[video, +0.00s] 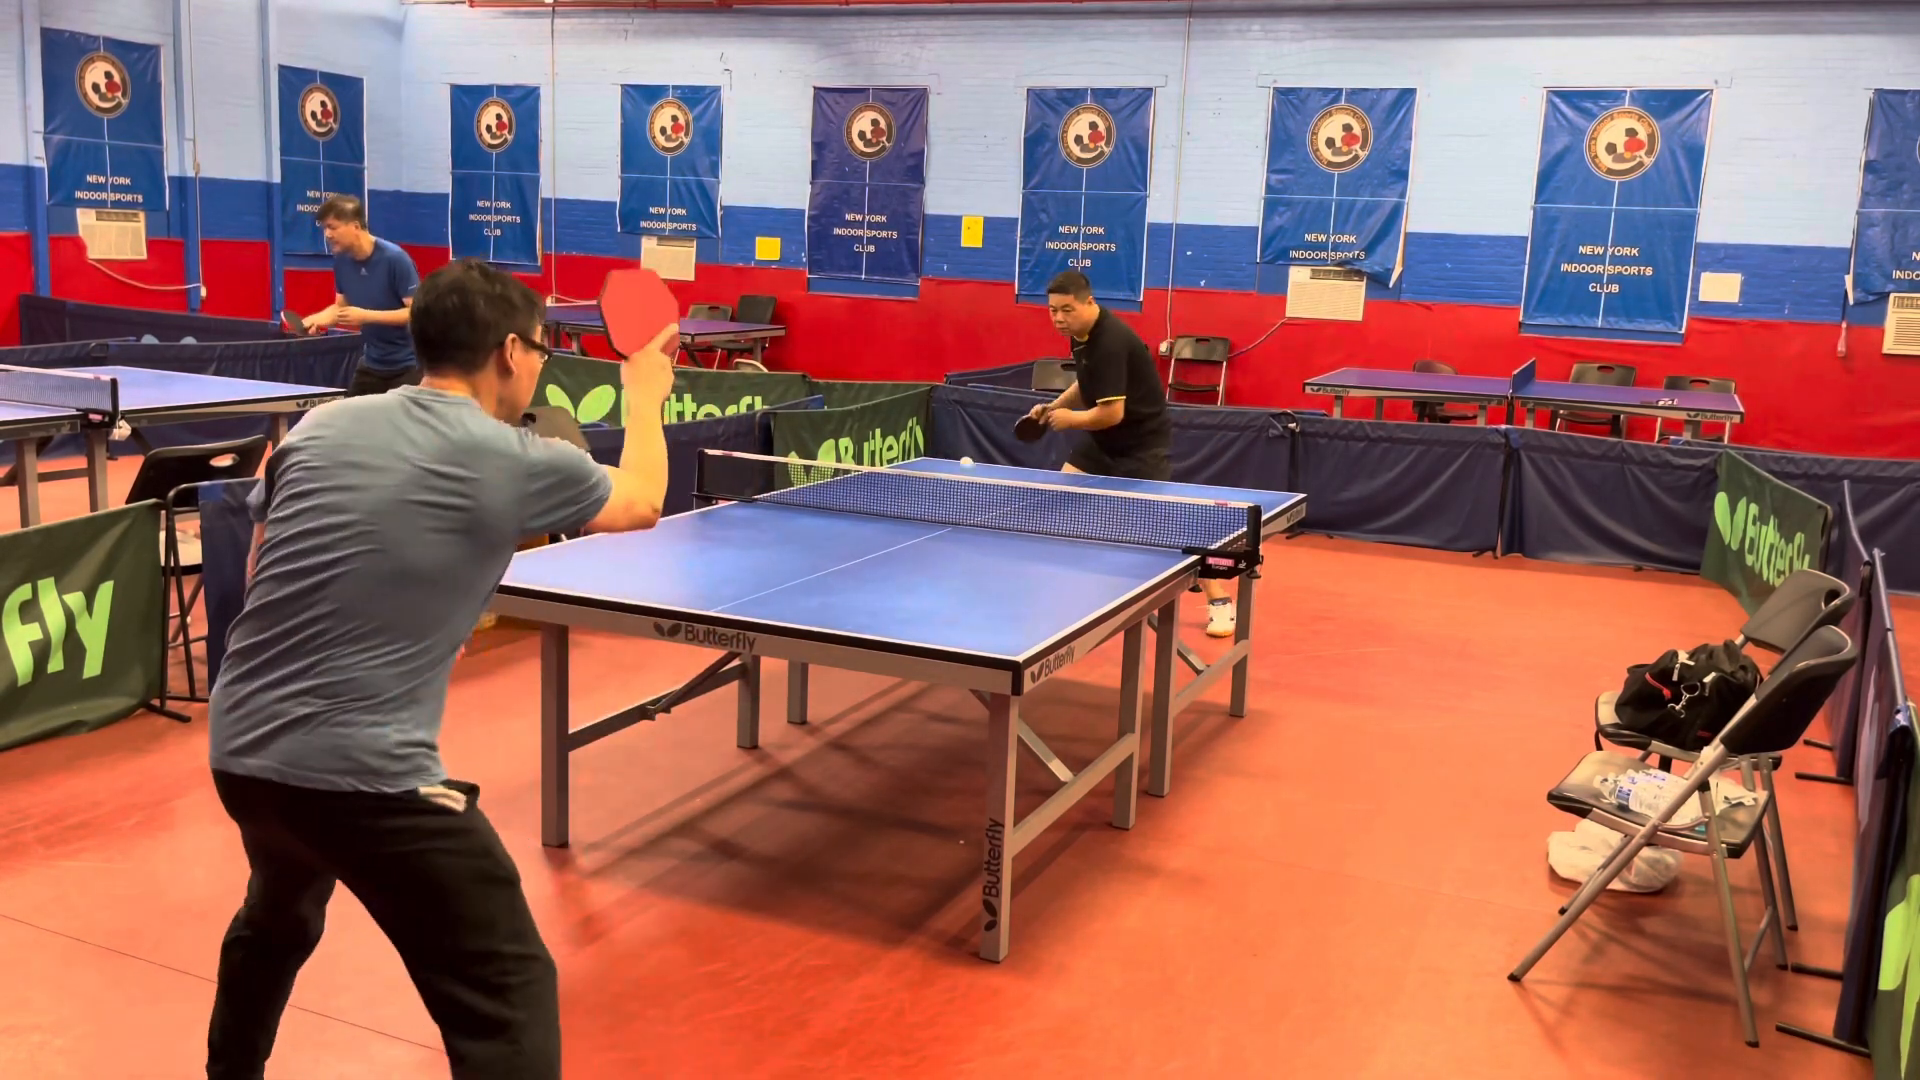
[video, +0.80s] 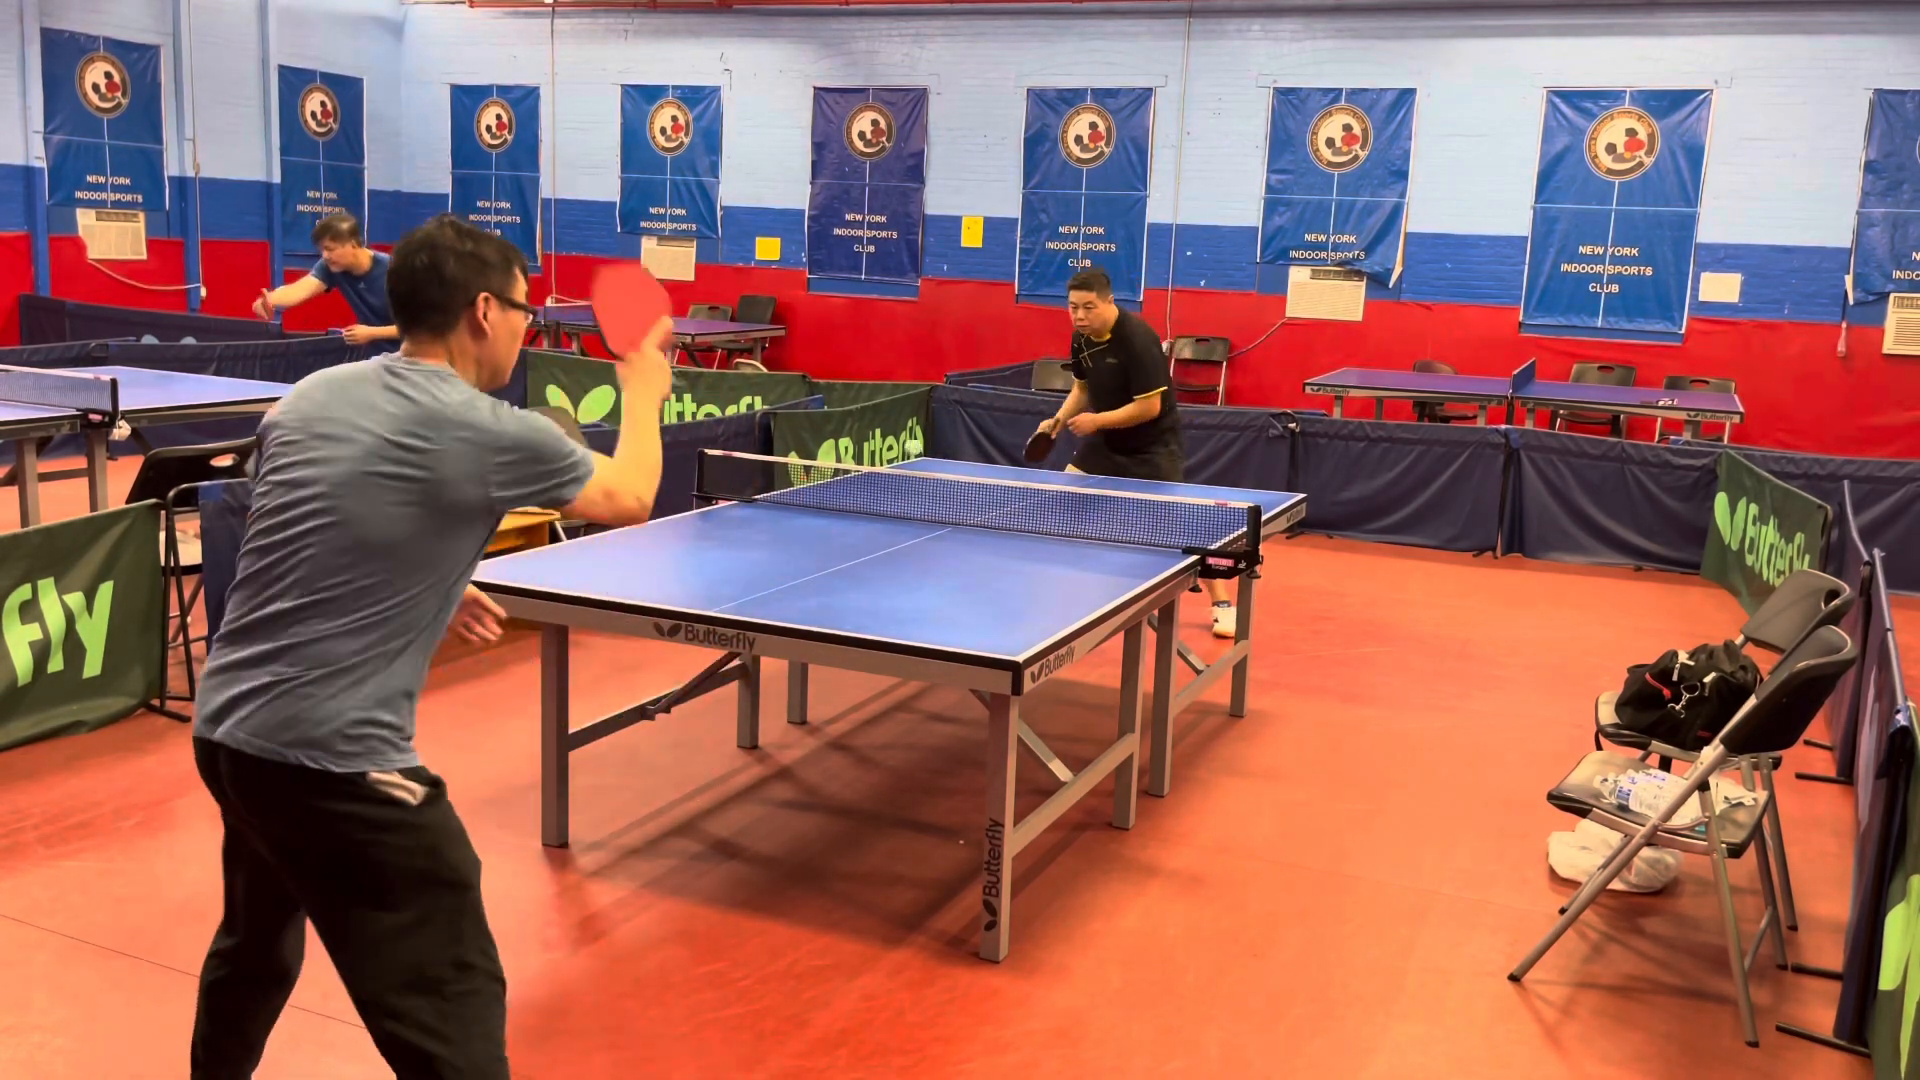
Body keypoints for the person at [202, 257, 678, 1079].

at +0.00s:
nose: (539, 372)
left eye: (540, 352)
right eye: (537, 352)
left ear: (424, 346)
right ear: (505, 354)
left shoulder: (317, 424)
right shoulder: (505, 457)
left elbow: (265, 559)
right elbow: (638, 499)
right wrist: (647, 392)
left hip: (243, 756)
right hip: (371, 773)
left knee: (275, 916)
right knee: (507, 989)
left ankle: (228, 1073)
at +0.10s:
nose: (540, 404)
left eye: (539, 385)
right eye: (538, 385)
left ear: (428, 383)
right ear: (513, 390)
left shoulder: (318, 454)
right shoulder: (515, 493)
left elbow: (241, 607)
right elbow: (631, 569)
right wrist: (644, 469)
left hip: (253, 796)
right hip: (389, 813)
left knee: (300, 904)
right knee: (547, 1003)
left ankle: (229, 1070)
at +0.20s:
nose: (567, 426)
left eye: (568, 407)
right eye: (566, 407)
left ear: (458, 403)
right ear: (544, 412)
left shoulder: (341, 472)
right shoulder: (543, 528)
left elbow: (253, 617)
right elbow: (603, 676)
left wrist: (366, 617)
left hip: (257, 800)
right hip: (388, 819)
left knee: (317, 916)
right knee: (559, 1006)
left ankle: (230, 1073)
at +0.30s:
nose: (610, 420)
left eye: (611, 401)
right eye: (610, 402)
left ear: (500, 394)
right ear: (588, 408)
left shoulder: (384, 454)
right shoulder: (557, 535)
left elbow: (289, 587)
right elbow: (539, 733)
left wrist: (396, 638)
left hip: (251, 767)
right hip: (367, 796)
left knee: (309, 922)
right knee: (536, 1006)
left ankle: (226, 1072)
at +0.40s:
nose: (642, 438)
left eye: (644, 419)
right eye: (642, 419)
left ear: (529, 405)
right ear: (614, 427)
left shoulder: (446, 461)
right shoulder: (530, 538)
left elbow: (387, 602)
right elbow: (450, 733)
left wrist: (501, 661)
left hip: (262, 757)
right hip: (341, 792)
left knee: (328, 909)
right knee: (512, 1005)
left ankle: (221, 1072)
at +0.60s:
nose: (601, 425)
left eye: (603, 406)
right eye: (598, 405)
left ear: (494, 394)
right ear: (556, 407)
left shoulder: (429, 465)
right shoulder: (452, 518)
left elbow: (407, 618)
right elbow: (392, 707)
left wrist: (532, 662)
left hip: (283, 772)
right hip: (343, 796)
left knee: (354, 916)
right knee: (511, 1008)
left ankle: (231, 1070)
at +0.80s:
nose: (527, 327)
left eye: (525, 308)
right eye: (520, 308)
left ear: (404, 310)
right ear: (480, 314)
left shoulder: (306, 397)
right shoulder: (489, 430)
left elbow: (293, 539)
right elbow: (630, 494)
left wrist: (422, 587)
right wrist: (645, 394)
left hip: (230, 734)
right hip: (342, 758)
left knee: (254, 948)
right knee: (453, 997)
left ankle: (213, 1073)